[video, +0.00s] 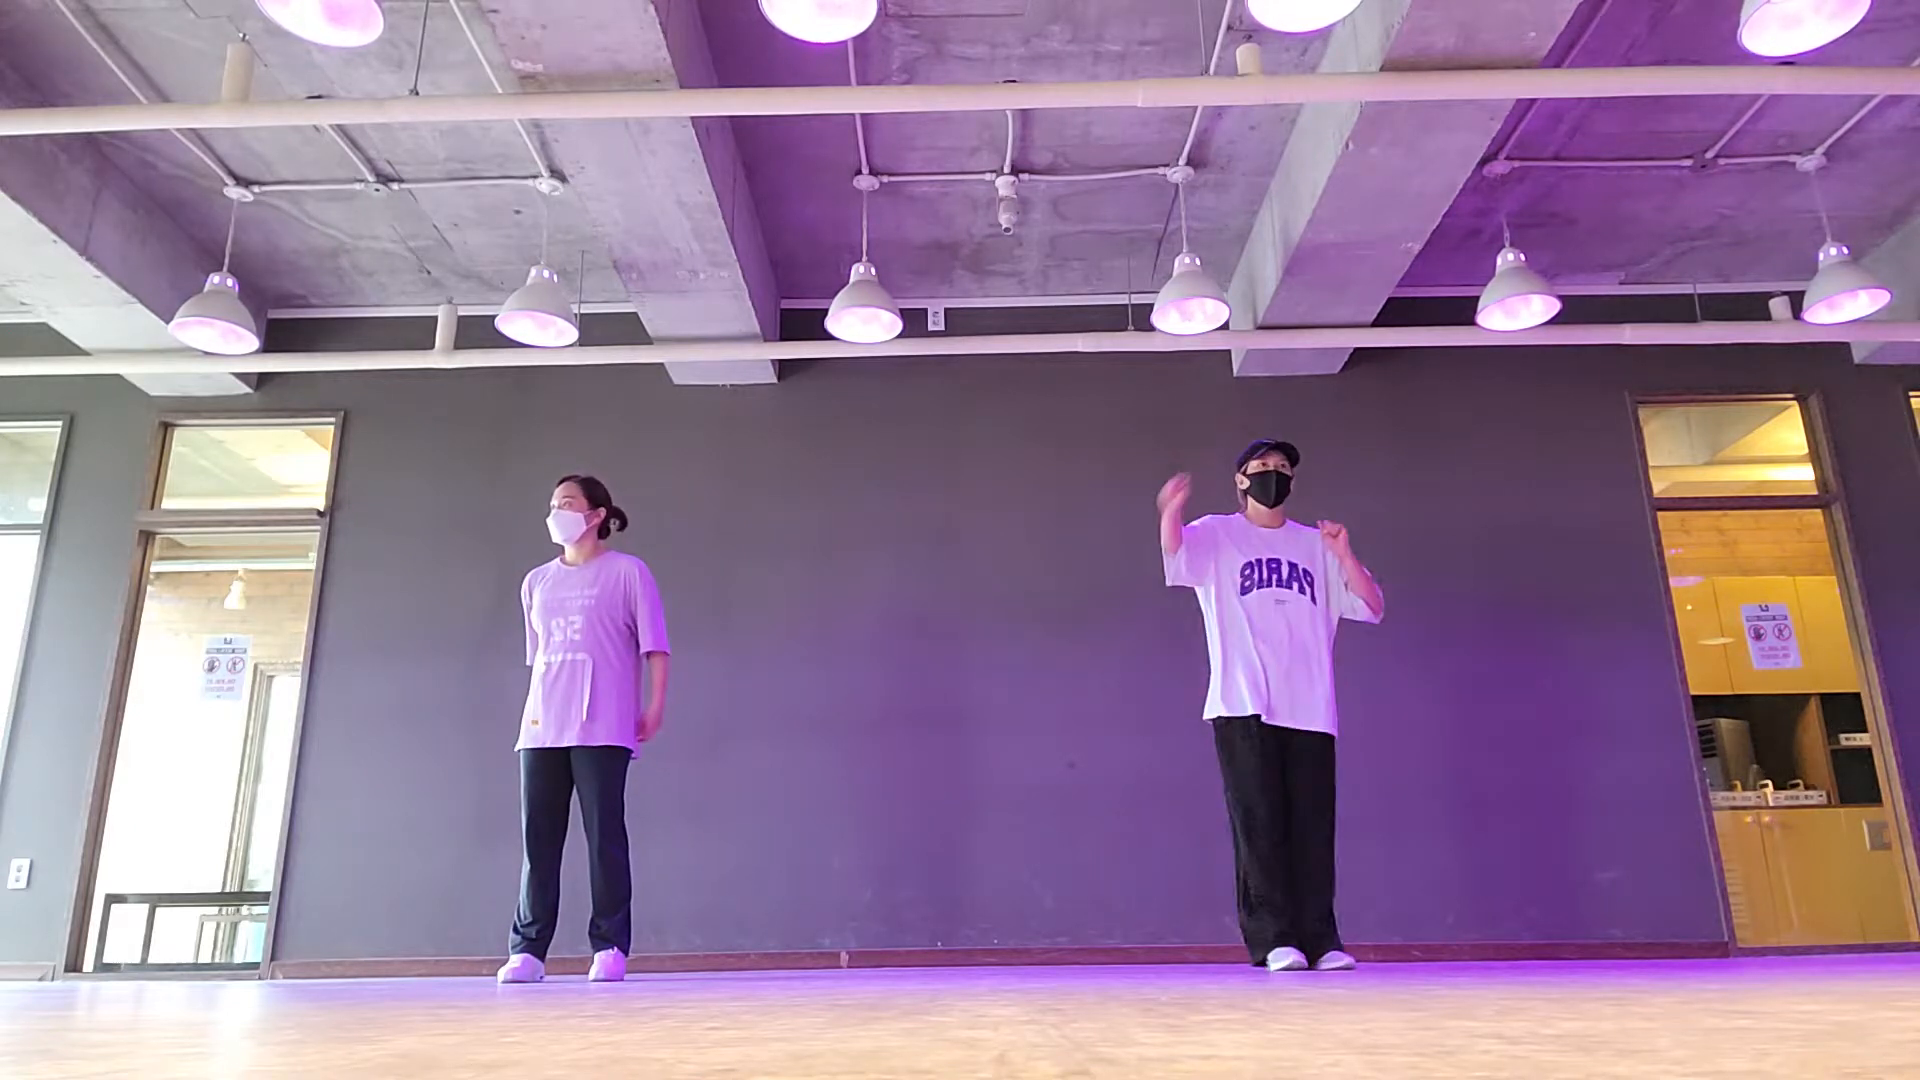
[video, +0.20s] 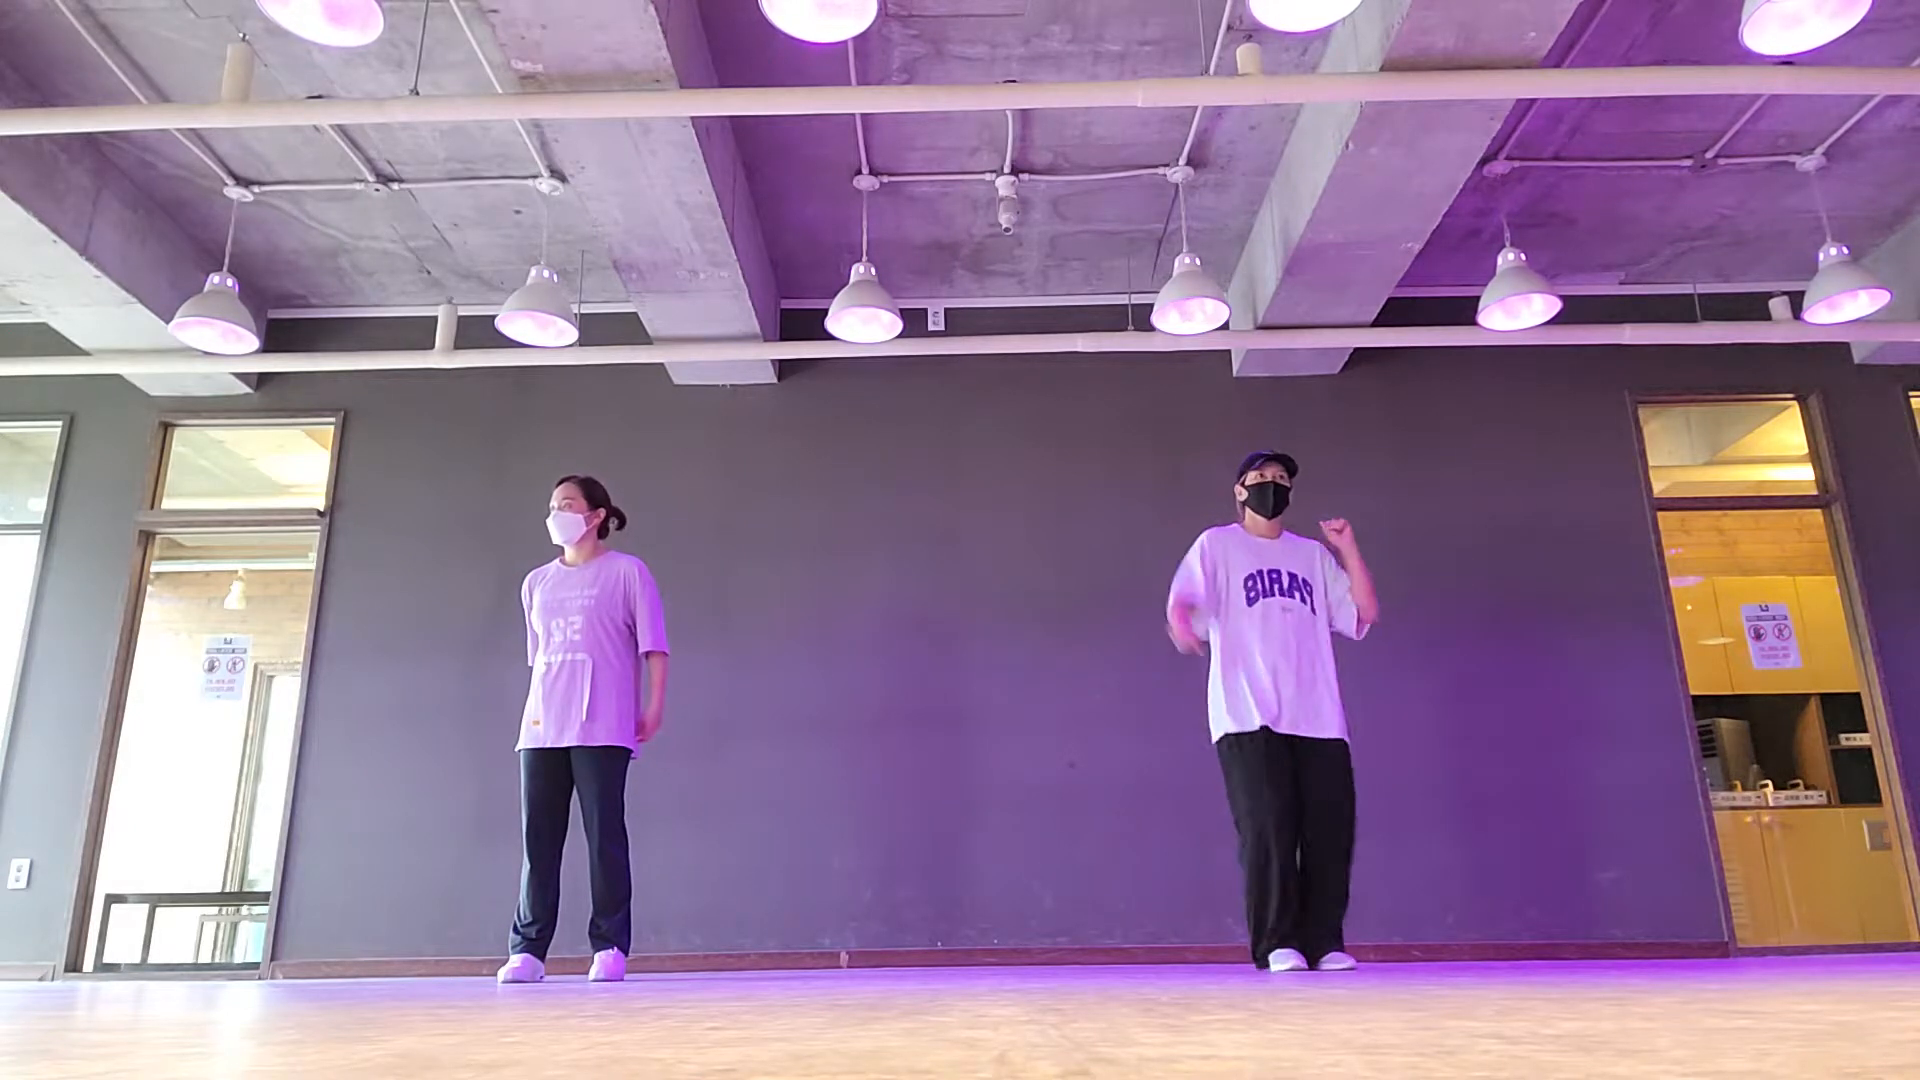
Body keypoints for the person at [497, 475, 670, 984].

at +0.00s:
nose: (556, 513)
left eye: (568, 505)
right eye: (553, 505)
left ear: (598, 516)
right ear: (549, 517)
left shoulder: (628, 572)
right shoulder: (536, 581)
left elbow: (656, 648)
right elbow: (537, 661)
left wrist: (653, 709)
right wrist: (531, 721)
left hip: (603, 722)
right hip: (543, 724)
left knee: (604, 838)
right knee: (538, 840)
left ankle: (609, 948)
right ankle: (527, 950)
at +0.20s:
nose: (556, 515)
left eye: (567, 507)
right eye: (553, 508)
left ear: (597, 517)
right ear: (548, 518)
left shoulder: (628, 571)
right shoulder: (535, 582)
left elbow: (655, 648)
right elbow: (538, 660)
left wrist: (652, 710)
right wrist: (535, 718)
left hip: (603, 721)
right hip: (543, 723)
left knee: (604, 838)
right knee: (538, 839)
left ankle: (609, 948)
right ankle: (527, 950)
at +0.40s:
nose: (556, 515)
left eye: (568, 508)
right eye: (553, 508)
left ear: (598, 518)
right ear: (548, 519)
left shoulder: (628, 572)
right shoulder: (535, 582)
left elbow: (655, 649)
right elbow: (537, 662)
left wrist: (651, 711)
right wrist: (531, 721)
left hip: (603, 722)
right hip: (543, 725)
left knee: (604, 838)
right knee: (538, 840)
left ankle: (609, 948)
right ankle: (527, 950)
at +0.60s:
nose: (557, 515)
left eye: (568, 508)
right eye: (553, 509)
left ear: (598, 518)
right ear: (547, 520)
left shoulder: (627, 572)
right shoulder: (534, 582)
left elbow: (653, 650)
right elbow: (537, 660)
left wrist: (648, 714)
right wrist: (536, 718)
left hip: (602, 723)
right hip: (542, 725)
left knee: (604, 839)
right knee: (538, 841)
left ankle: (609, 948)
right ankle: (527, 950)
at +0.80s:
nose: (556, 515)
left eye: (568, 508)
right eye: (552, 508)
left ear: (597, 519)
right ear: (547, 520)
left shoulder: (626, 572)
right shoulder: (533, 582)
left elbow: (651, 650)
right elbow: (535, 661)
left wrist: (646, 713)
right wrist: (531, 720)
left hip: (600, 722)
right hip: (541, 724)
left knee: (603, 838)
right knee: (537, 841)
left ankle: (609, 948)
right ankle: (527, 950)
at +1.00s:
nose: (555, 517)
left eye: (567, 509)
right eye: (551, 510)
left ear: (596, 520)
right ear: (545, 521)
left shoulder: (625, 573)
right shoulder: (531, 583)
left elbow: (647, 650)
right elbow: (535, 658)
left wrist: (642, 714)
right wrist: (533, 715)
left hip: (598, 722)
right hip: (538, 724)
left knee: (601, 838)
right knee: (535, 841)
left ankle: (609, 948)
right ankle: (527, 951)